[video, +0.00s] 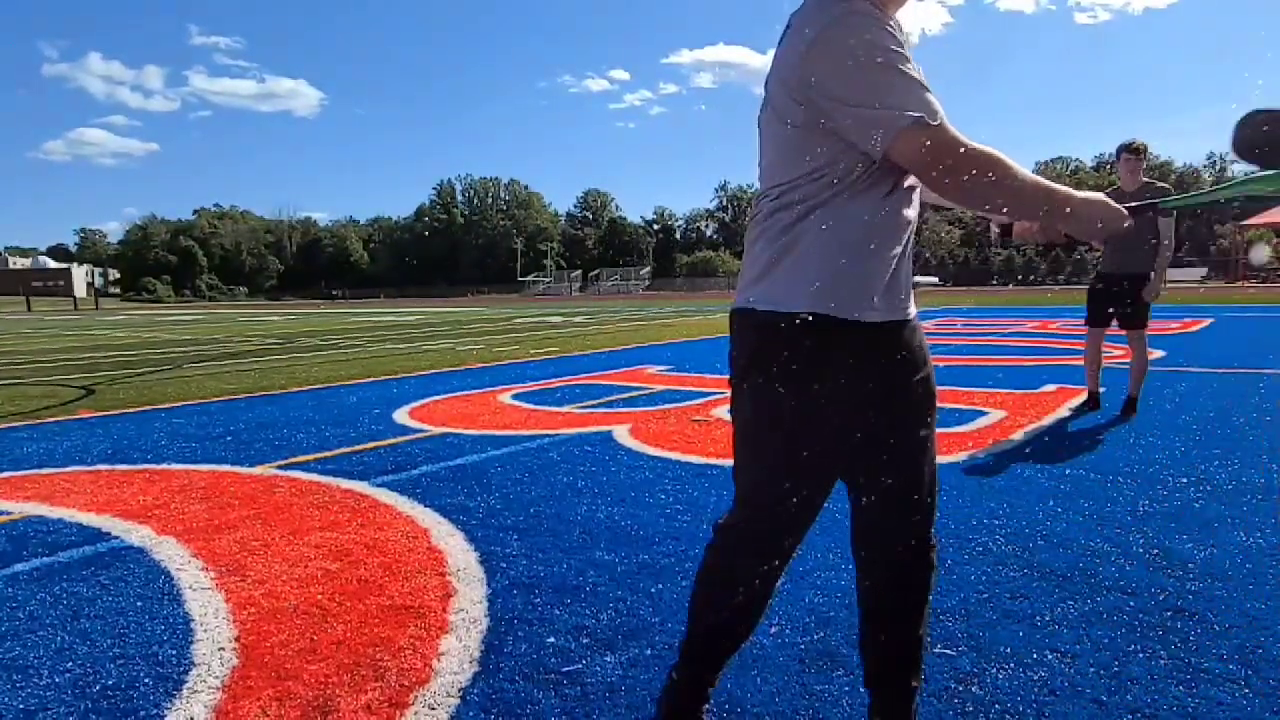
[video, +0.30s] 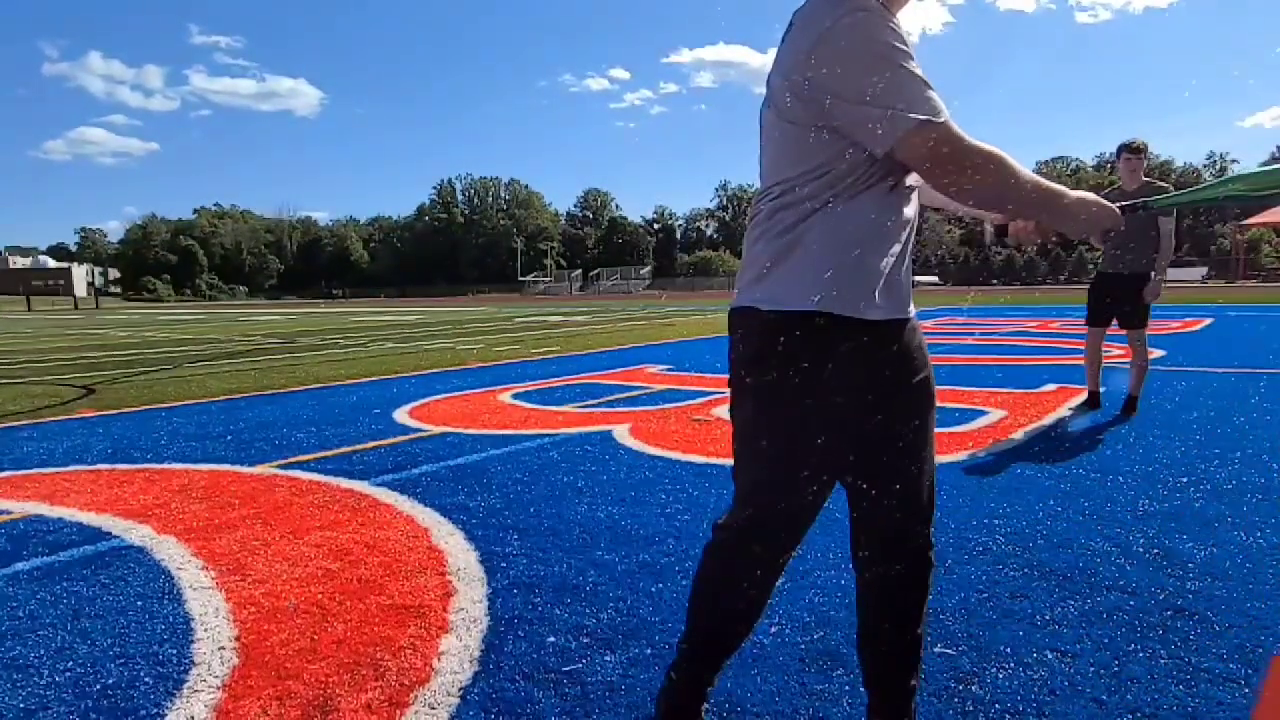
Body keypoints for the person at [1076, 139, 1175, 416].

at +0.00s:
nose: (1133, 166)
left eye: (1138, 161)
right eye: (1128, 160)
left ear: (1144, 163)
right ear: (1118, 164)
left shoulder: (1160, 193)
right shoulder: (1108, 198)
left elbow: (1167, 240)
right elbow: (1097, 239)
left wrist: (1157, 280)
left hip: (1137, 277)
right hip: (1106, 276)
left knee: (1136, 340)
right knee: (1094, 337)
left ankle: (1132, 398)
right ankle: (1092, 395)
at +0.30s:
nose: (1133, 165)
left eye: (1138, 160)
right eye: (1128, 160)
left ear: (1145, 163)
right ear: (1118, 163)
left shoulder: (1161, 193)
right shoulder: (1107, 197)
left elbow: (1167, 238)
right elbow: (1097, 239)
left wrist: (1158, 278)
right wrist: (1095, 226)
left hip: (1138, 276)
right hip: (1106, 275)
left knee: (1136, 341)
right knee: (1094, 338)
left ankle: (1132, 399)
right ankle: (1093, 395)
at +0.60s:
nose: (1133, 164)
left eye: (1139, 159)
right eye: (1128, 159)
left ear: (1145, 162)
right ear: (1118, 162)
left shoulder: (1160, 193)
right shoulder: (1106, 197)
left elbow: (1167, 240)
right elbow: (1098, 241)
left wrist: (1157, 278)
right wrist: (1094, 223)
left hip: (1138, 276)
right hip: (1106, 274)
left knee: (1136, 340)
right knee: (1093, 336)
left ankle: (1132, 398)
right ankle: (1093, 394)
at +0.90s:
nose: (1133, 164)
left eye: (1138, 158)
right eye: (1128, 158)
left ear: (1145, 162)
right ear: (1118, 162)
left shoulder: (1159, 193)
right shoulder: (1106, 198)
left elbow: (1167, 238)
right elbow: (1097, 239)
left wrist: (1157, 276)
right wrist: (1094, 231)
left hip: (1138, 277)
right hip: (1106, 275)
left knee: (1136, 340)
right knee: (1093, 337)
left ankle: (1132, 397)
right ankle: (1093, 393)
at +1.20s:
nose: (1131, 162)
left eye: (1137, 158)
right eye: (1127, 157)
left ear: (1144, 162)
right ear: (1117, 162)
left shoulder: (1158, 193)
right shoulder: (1107, 196)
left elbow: (1166, 239)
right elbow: (1098, 240)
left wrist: (1157, 277)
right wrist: (1091, 225)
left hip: (1137, 274)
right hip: (1106, 273)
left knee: (1136, 339)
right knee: (1093, 334)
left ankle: (1133, 394)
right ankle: (1093, 391)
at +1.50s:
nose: (1133, 160)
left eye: (1138, 156)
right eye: (1127, 156)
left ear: (1144, 161)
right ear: (1117, 161)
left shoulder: (1158, 196)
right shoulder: (1109, 197)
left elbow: (1167, 240)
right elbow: (1100, 241)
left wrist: (1157, 276)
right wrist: (1092, 228)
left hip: (1137, 275)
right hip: (1105, 274)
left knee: (1136, 340)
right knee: (1093, 335)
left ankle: (1132, 396)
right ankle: (1092, 391)